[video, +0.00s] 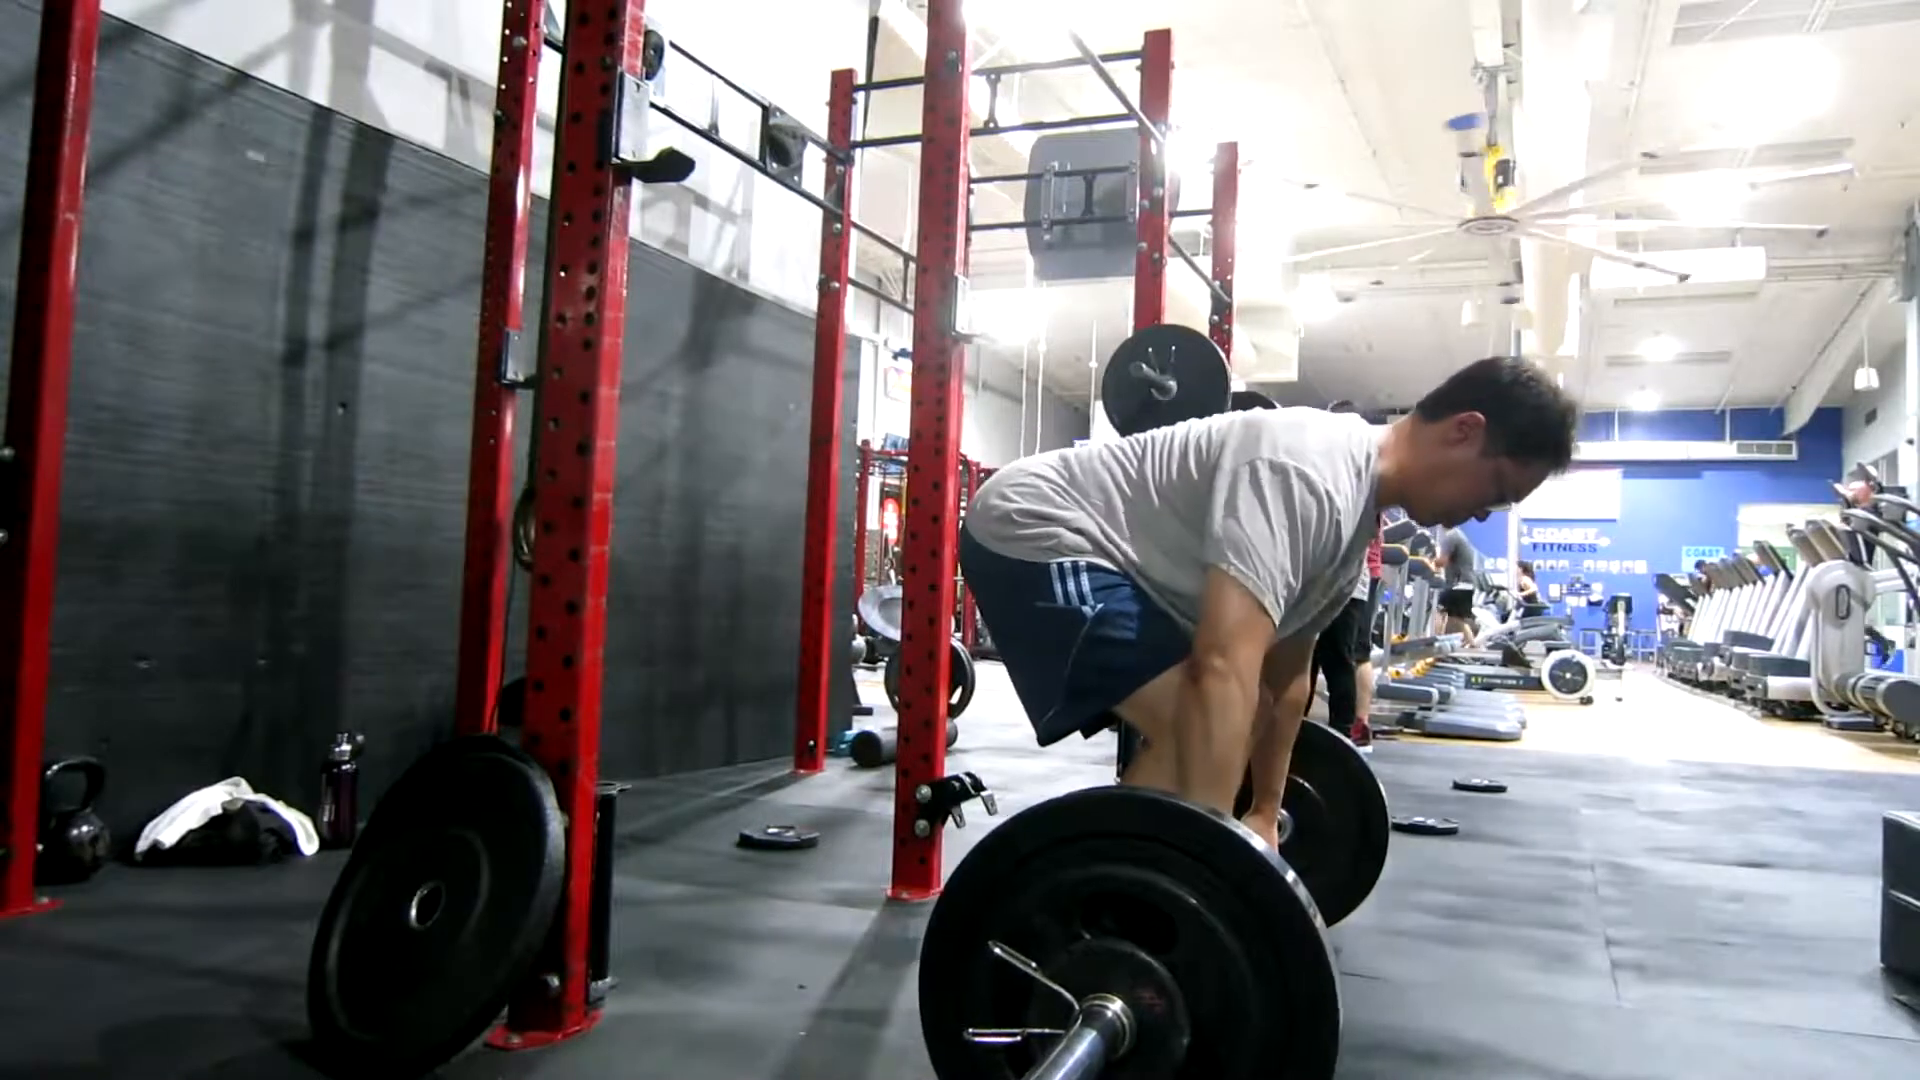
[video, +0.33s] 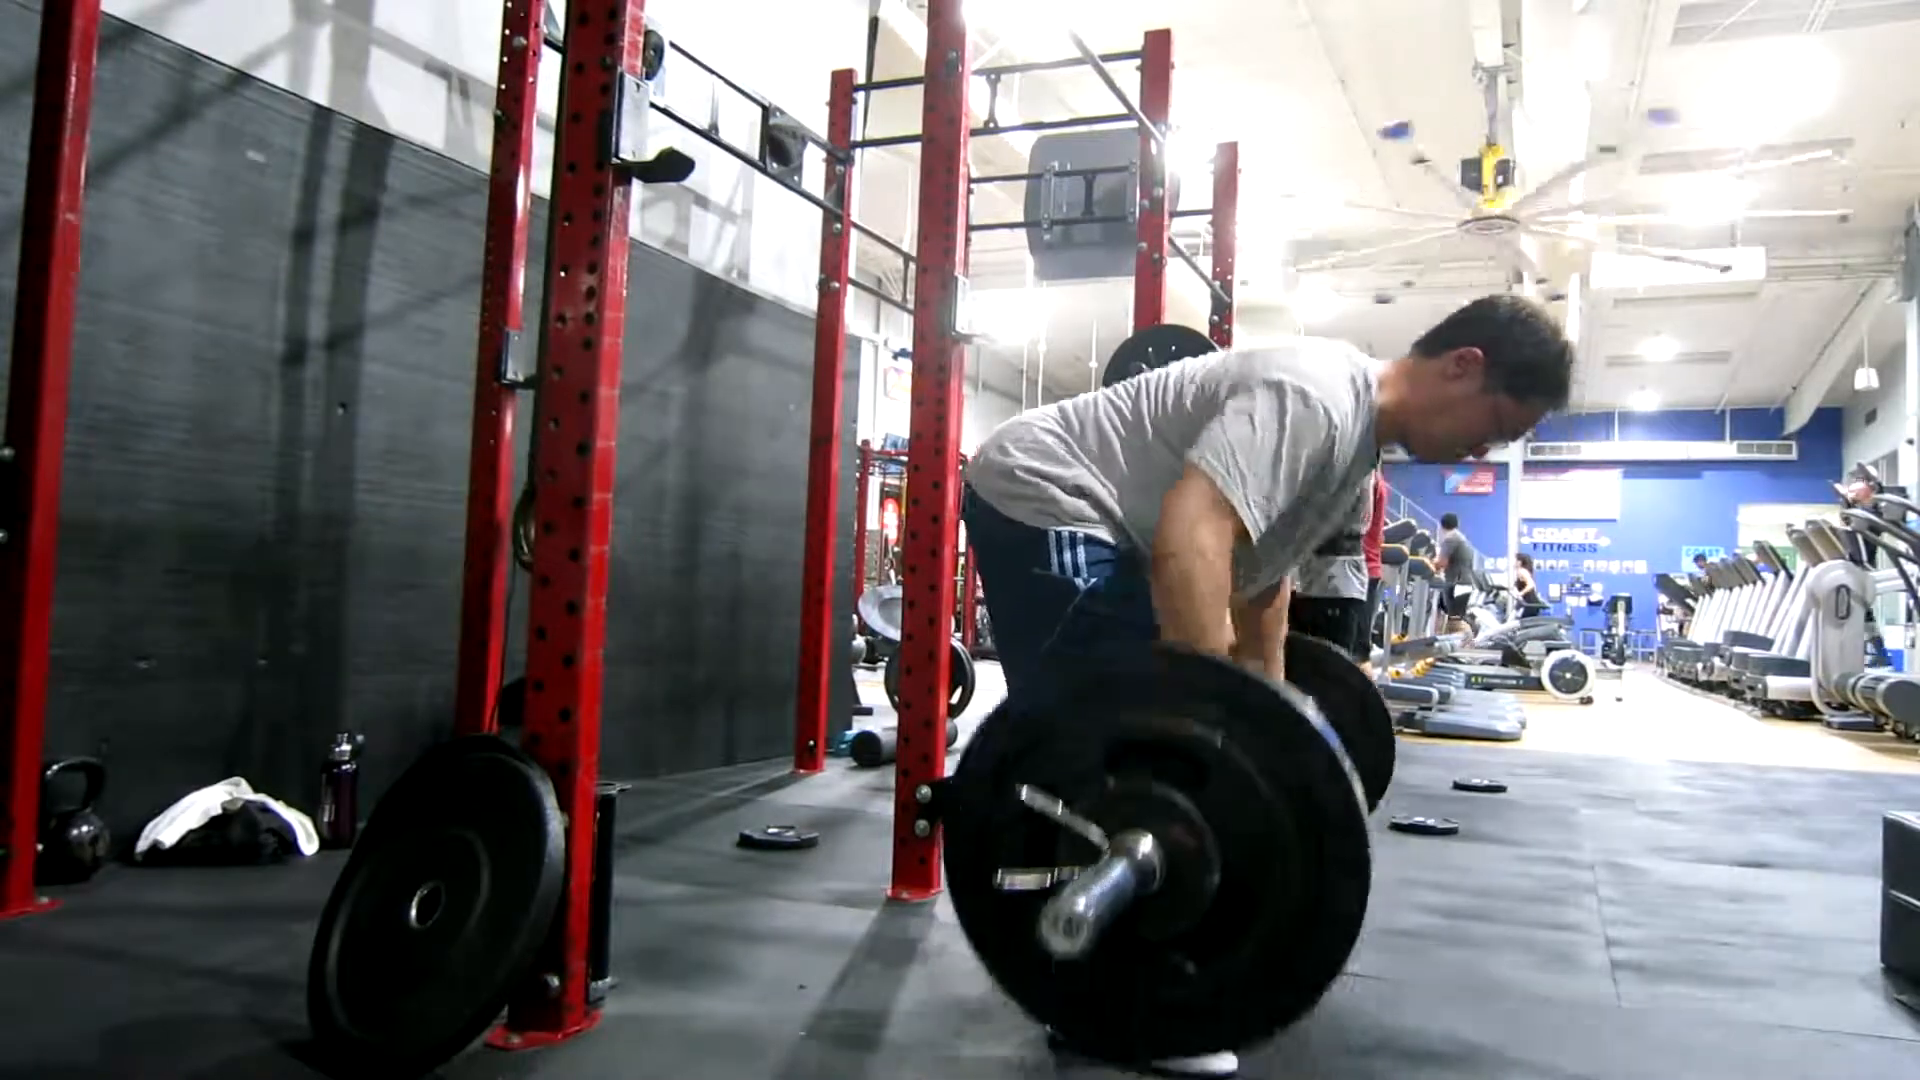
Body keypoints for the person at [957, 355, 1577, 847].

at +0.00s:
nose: (1484, 517)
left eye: (1502, 505)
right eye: (1497, 494)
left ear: (1465, 436)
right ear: (1465, 434)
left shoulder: (1353, 524)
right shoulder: (1306, 470)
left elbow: (1287, 675)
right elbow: (1219, 666)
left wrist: (1266, 813)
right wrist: (1200, 857)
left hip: (1094, 545)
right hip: (1036, 522)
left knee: (1183, 727)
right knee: (1197, 710)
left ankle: (1117, 905)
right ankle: (1157, 910)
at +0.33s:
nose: (1485, 454)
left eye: (1504, 441)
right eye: (1498, 428)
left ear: (1463, 366)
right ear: (1464, 367)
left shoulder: (1350, 460)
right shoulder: (1311, 395)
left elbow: (1259, 594)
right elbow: (1187, 541)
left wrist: (1273, 738)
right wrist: (1211, 733)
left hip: (1110, 526)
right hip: (1045, 495)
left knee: (1134, 753)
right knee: (1109, 749)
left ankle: (1145, 998)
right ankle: (1106, 1009)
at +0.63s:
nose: (1468, 365)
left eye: (1487, 354)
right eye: (1483, 342)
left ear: (1448, 279)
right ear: (1450, 274)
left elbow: (1336, 529)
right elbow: (1154, 321)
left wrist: (1350, 663)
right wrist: (1212, 473)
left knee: (1211, 717)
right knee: (1163, 725)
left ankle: (1163, 932)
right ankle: (1103, 980)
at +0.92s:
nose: (1491, 448)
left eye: (1510, 437)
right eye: (1506, 425)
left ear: (1479, 353)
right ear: (1479, 356)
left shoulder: (1369, 412)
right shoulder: (1343, 342)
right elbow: (1172, 332)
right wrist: (1198, 509)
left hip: (1110, 506)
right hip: (1039, 487)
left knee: (1203, 705)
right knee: (1155, 713)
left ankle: (1158, 936)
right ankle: (1103, 979)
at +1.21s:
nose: (1495, 529)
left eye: (1514, 515)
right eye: (1506, 504)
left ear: (1474, 444)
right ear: (1475, 444)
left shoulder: (1362, 496)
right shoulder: (1331, 469)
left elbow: (1297, 673)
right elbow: (1239, 653)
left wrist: (1276, 822)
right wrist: (1228, 847)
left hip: (1096, 522)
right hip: (1042, 505)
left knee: (1192, 715)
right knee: (1173, 716)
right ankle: (1142, 927)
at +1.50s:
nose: (1504, 535)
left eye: (1523, 524)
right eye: (1516, 513)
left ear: (1485, 455)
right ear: (1486, 455)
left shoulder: (1381, 504)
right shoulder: (1339, 466)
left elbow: (1304, 681)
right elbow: (1248, 660)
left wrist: (1254, 832)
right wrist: (1204, 863)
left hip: (1112, 510)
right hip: (1053, 489)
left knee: (1193, 711)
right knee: (1194, 700)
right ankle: (1166, 912)